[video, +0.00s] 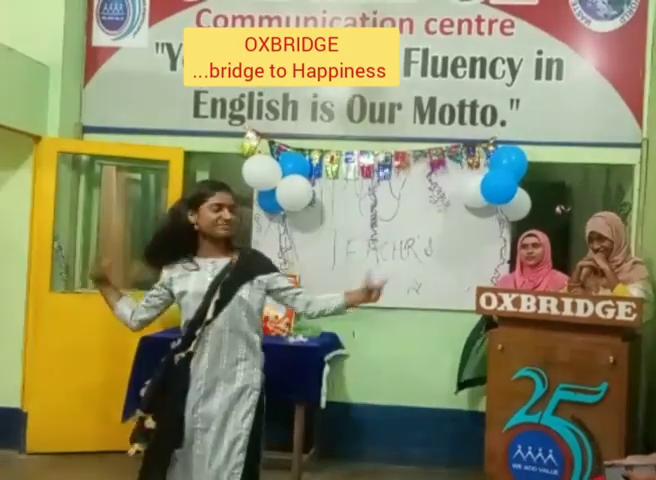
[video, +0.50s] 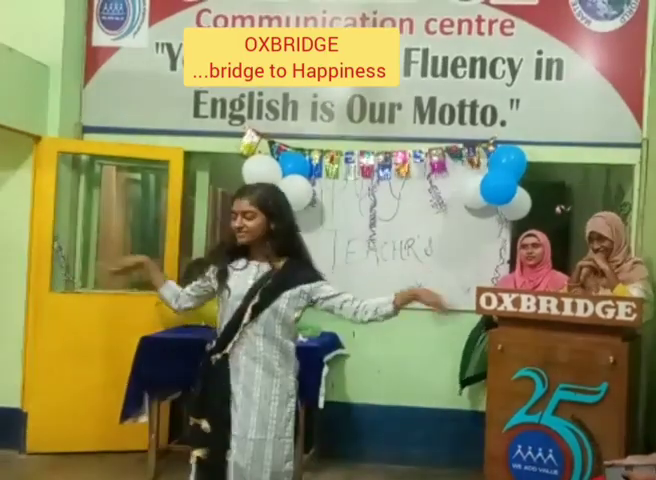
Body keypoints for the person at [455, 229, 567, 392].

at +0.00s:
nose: (529, 251)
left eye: (535, 246)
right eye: (524, 247)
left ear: (546, 250)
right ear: (518, 252)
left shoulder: (561, 282)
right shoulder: (506, 282)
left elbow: (566, 318)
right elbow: (494, 316)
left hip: (548, 346)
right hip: (511, 345)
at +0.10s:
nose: (529, 251)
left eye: (535, 246)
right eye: (524, 247)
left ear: (546, 250)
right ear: (518, 252)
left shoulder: (561, 282)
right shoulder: (506, 282)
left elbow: (567, 318)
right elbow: (493, 316)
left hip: (549, 347)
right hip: (511, 346)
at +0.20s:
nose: (530, 251)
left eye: (535, 246)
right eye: (525, 247)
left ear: (546, 250)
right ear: (518, 252)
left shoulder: (561, 282)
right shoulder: (506, 282)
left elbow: (567, 317)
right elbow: (491, 317)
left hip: (548, 345)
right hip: (511, 345)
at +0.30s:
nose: (530, 251)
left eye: (535, 246)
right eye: (525, 247)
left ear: (546, 250)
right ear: (518, 252)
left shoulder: (561, 282)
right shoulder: (506, 282)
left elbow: (567, 317)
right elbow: (492, 317)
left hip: (548, 346)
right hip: (511, 345)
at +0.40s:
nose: (529, 251)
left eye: (535, 246)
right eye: (524, 247)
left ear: (546, 250)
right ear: (518, 252)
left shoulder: (561, 281)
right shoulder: (506, 282)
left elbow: (567, 317)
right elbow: (492, 317)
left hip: (548, 347)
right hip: (510, 346)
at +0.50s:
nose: (529, 251)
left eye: (535, 246)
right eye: (524, 247)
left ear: (546, 250)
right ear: (518, 252)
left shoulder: (561, 282)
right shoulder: (506, 282)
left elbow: (566, 317)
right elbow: (493, 316)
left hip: (548, 346)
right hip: (511, 346)